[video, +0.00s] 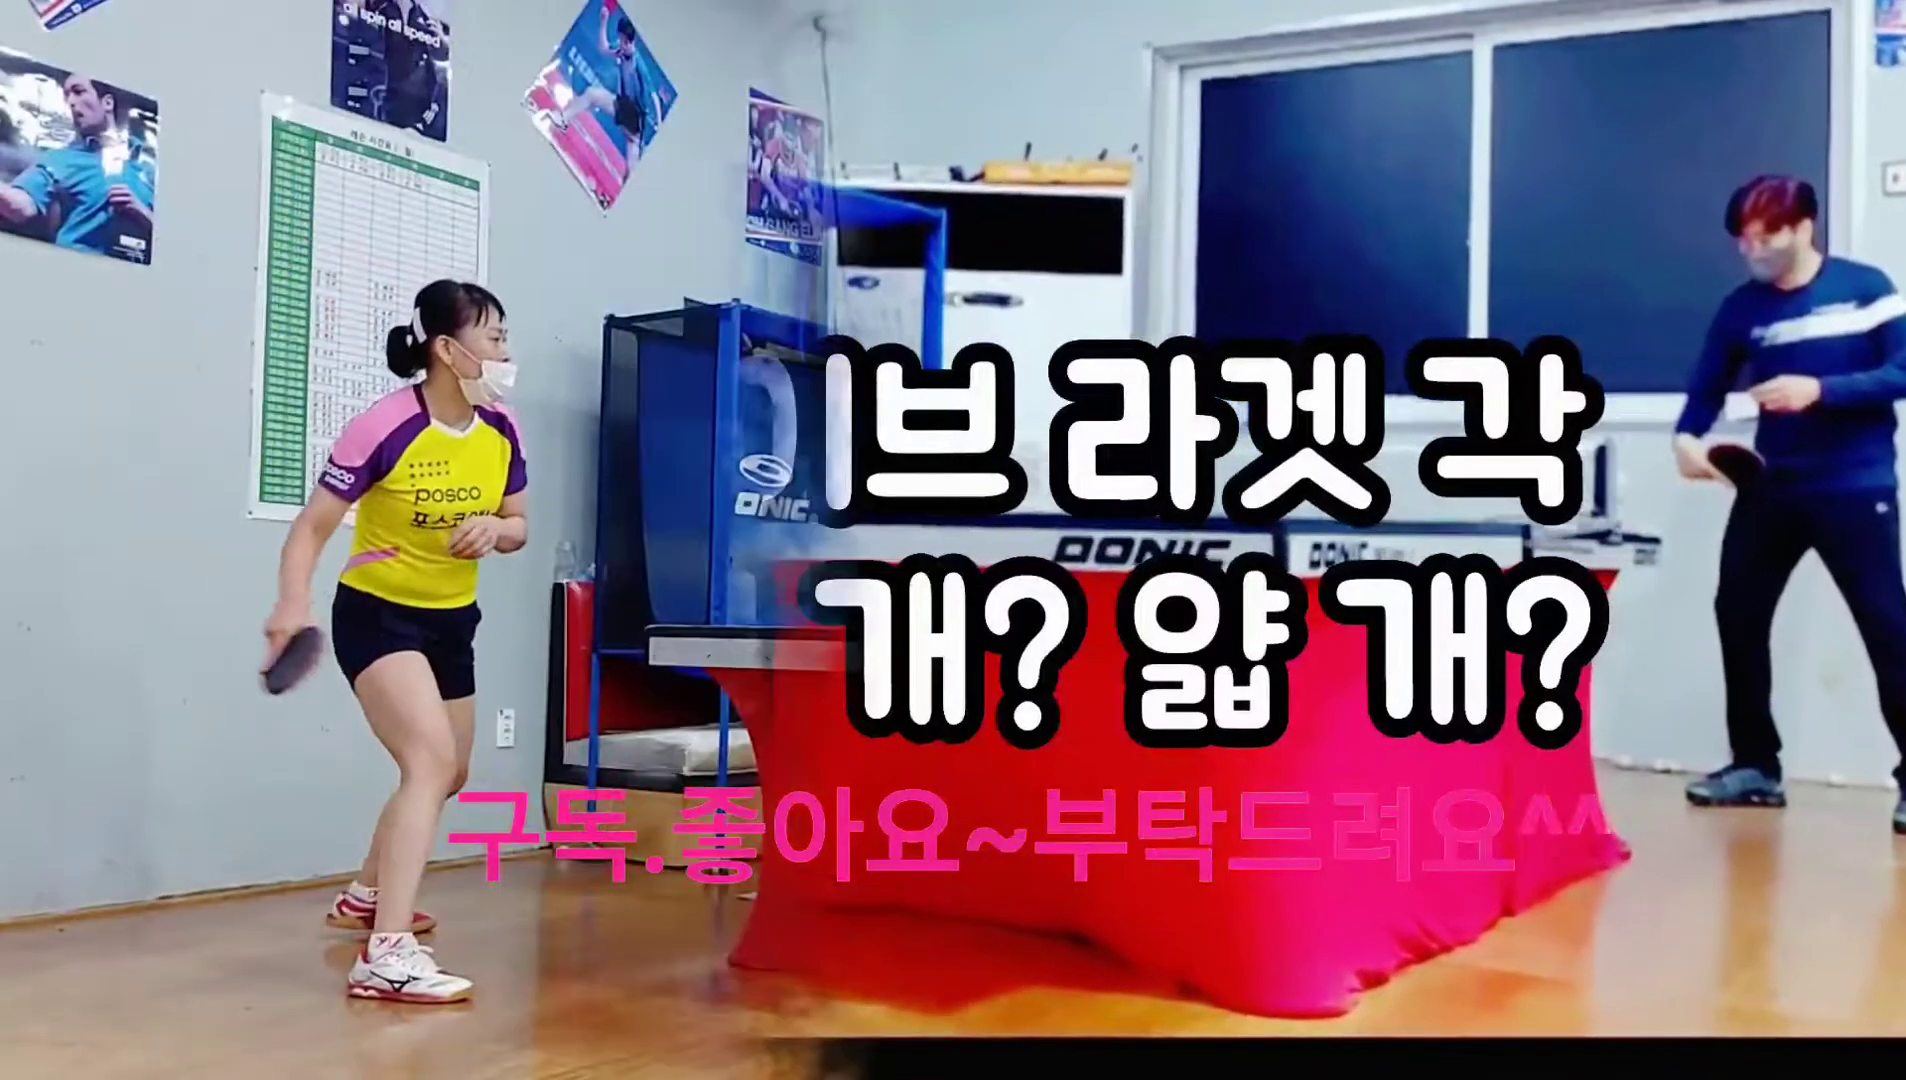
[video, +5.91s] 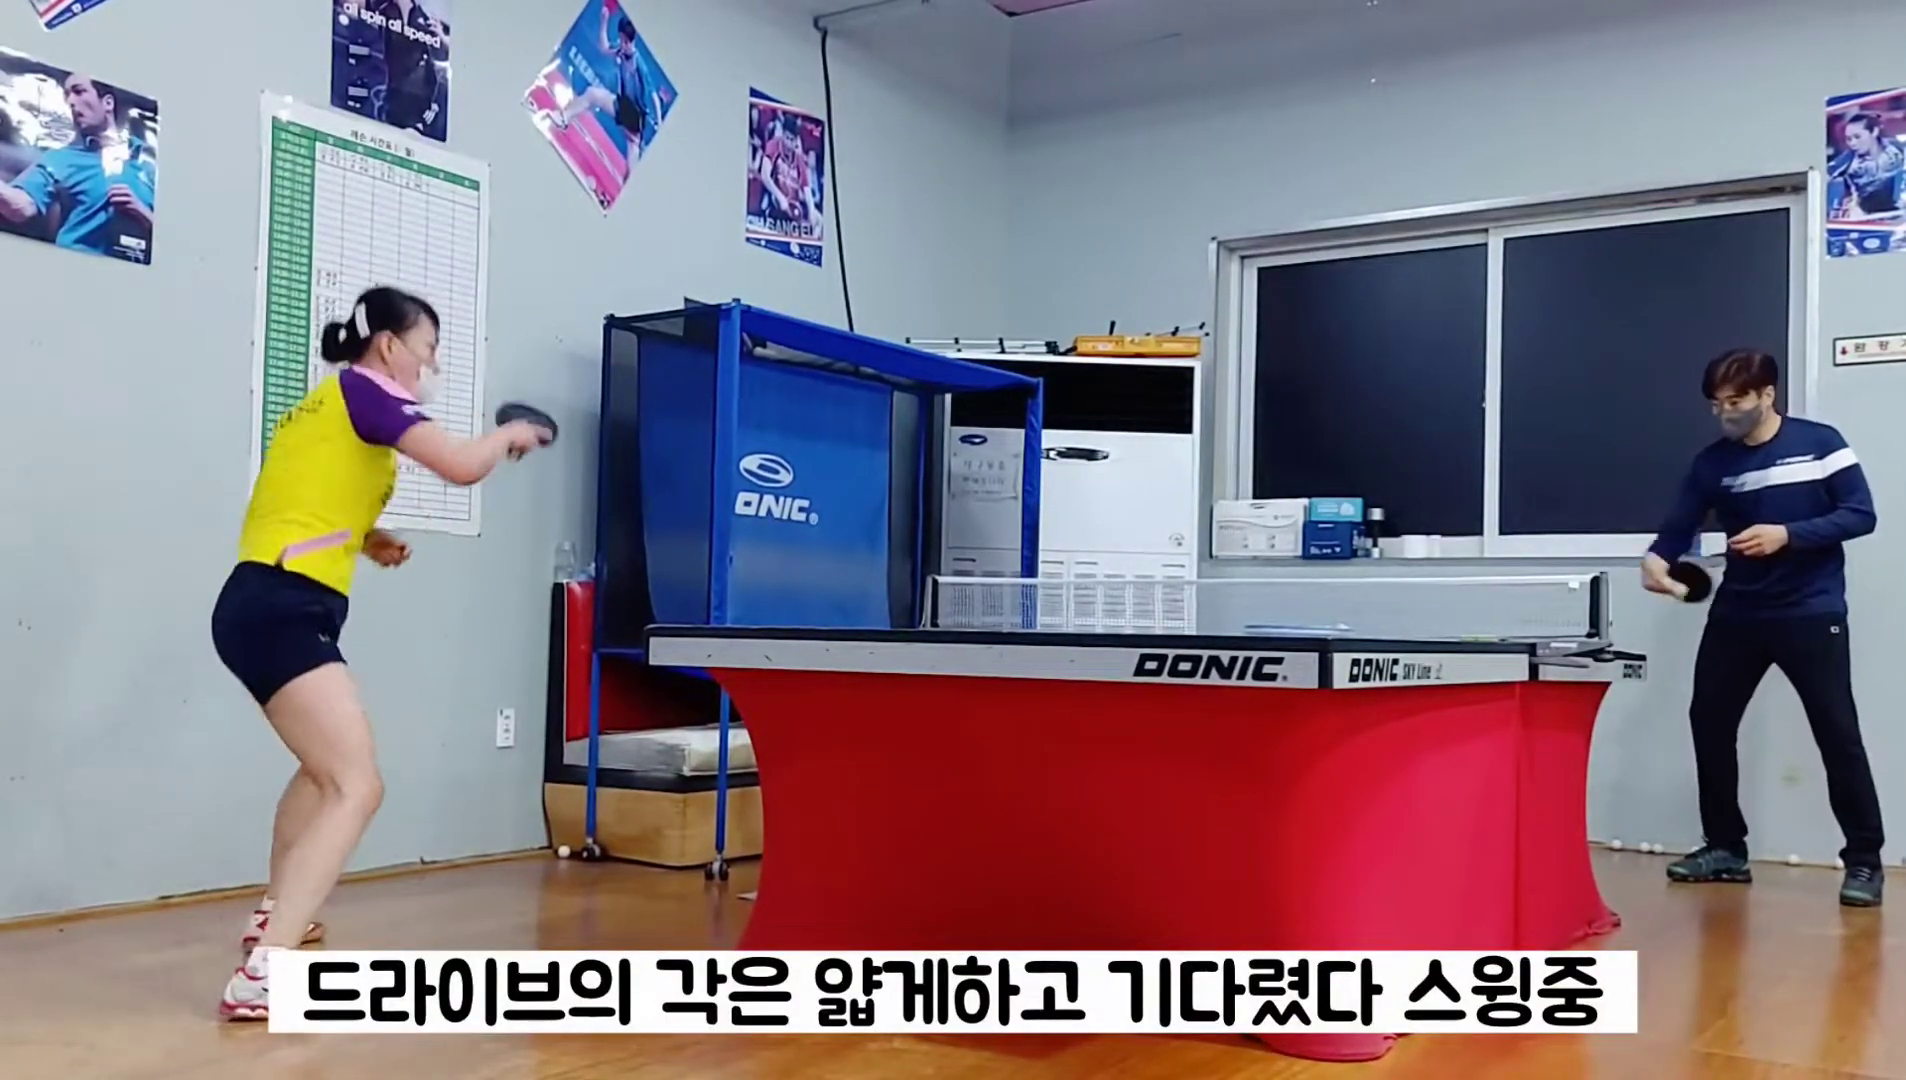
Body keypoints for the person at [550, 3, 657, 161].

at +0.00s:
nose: (621, 42)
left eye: (624, 39)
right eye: (621, 38)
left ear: (628, 40)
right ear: (621, 38)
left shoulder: (630, 56)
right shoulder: (622, 53)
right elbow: (603, 49)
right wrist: (604, 22)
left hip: (626, 107)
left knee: (593, 94)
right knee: (630, 166)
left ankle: (563, 118)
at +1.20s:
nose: (621, 42)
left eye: (623, 39)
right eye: (621, 39)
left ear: (627, 40)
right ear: (623, 39)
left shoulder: (630, 55)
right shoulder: (623, 53)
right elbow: (603, 49)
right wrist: (604, 22)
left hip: (628, 108)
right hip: (636, 115)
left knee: (593, 94)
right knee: (632, 164)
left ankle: (563, 118)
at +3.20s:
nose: (621, 42)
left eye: (624, 39)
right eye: (621, 38)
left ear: (628, 40)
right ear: (620, 37)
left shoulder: (632, 57)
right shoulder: (621, 52)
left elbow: (631, 55)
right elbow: (604, 50)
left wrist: (628, 47)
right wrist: (604, 22)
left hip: (628, 108)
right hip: (636, 114)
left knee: (592, 95)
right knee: (633, 147)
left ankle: (562, 118)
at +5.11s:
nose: (622, 43)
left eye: (624, 40)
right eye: (621, 39)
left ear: (628, 41)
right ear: (620, 38)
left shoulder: (631, 57)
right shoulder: (620, 53)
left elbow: (631, 56)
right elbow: (604, 50)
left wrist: (628, 50)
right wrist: (604, 22)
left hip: (628, 108)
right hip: (637, 114)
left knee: (593, 94)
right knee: (633, 145)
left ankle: (563, 118)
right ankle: (629, 180)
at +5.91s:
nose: (621, 41)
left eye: (623, 38)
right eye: (621, 38)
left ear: (627, 39)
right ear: (620, 37)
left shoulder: (631, 56)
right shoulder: (621, 52)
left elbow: (630, 54)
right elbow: (604, 49)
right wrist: (604, 22)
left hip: (628, 109)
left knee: (593, 94)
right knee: (631, 168)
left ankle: (563, 117)